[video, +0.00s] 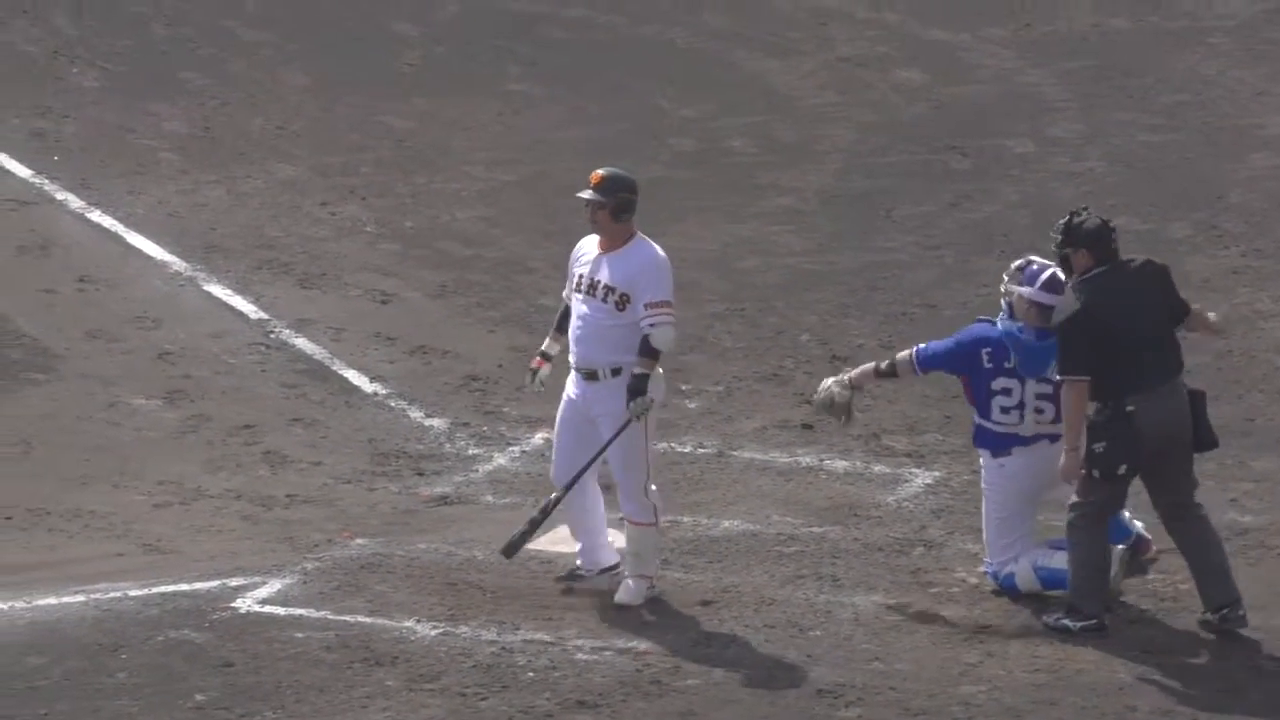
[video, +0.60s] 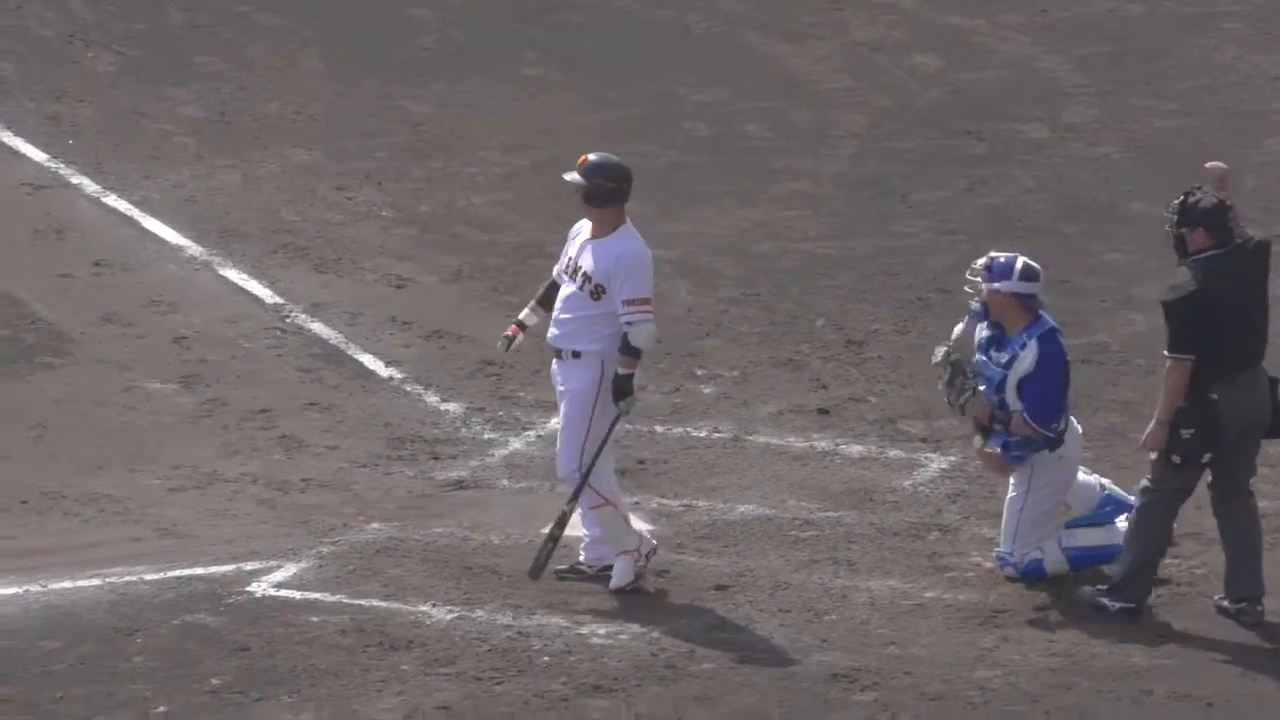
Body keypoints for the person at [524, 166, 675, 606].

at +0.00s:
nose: (589, 211)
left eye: (597, 205)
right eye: (589, 204)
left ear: (622, 210)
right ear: (596, 208)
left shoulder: (649, 260)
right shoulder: (584, 250)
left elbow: (660, 330)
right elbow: (570, 307)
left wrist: (640, 378)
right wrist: (547, 352)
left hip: (623, 385)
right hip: (579, 384)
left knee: (633, 483)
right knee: (569, 475)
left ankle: (641, 575)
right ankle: (597, 559)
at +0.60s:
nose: (577, 196)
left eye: (584, 191)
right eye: (578, 189)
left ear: (604, 198)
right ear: (607, 197)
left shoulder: (631, 254)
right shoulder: (582, 231)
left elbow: (638, 328)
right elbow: (557, 284)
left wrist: (624, 378)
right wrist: (523, 322)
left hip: (595, 368)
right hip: (566, 364)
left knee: (573, 465)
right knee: (586, 460)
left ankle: (634, 543)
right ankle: (598, 552)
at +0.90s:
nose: (576, 185)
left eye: (582, 181)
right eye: (579, 179)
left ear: (597, 188)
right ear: (613, 187)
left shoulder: (618, 244)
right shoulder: (600, 227)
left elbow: (622, 317)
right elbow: (598, 301)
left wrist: (611, 367)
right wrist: (573, 352)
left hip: (590, 359)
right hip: (578, 353)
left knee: (557, 455)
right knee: (597, 450)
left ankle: (612, 537)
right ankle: (608, 537)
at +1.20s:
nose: (581, 189)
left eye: (586, 185)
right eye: (583, 182)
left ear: (599, 191)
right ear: (623, 191)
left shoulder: (598, 246)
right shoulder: (644, 231)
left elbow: (587, 319)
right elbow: (653, 293)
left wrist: (570, 365)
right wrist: (622, 320)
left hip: (601, 357)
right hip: (631, 350)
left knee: (594, 462)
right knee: (603, 451)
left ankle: (623, 560)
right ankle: (602, 538)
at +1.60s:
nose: (572, 192)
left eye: (576, 187)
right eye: (574, 186)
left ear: (589, 190)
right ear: (618, 192)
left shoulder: (569, 232)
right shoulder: (646, 248)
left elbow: (537, 295)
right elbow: (654, 318)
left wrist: (523, 346)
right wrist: (651, 366)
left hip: (582, 366)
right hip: (630, 362)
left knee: (589, 467)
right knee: (620, 404)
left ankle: (603, 562)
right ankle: (636, 487)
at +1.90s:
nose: (579, 191)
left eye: (583, 186)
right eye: (582, 186)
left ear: (592, 189)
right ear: (626, 193)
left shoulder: (566, 226)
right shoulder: (651, 248)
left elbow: (528, 289)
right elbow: (660, 321)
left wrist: (517, 341)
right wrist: (657, 372)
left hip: (573, 360)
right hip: (625, 357)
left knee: (576, 463)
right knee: (648, 439)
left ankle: (587, 557)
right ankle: (669, 538)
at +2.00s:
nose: (585, 191)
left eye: (589, 186)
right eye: (588, 185)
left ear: (598, 188)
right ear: (631, 192)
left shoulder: (570, 226)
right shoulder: (657, 248)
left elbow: (530, 289)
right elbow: (660, 321)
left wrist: (519, 341)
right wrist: (656, 378)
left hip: (578, 358)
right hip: (632, 356)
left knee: (578, 464)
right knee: (647, 466)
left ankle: (583, 556)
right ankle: (661, 557)